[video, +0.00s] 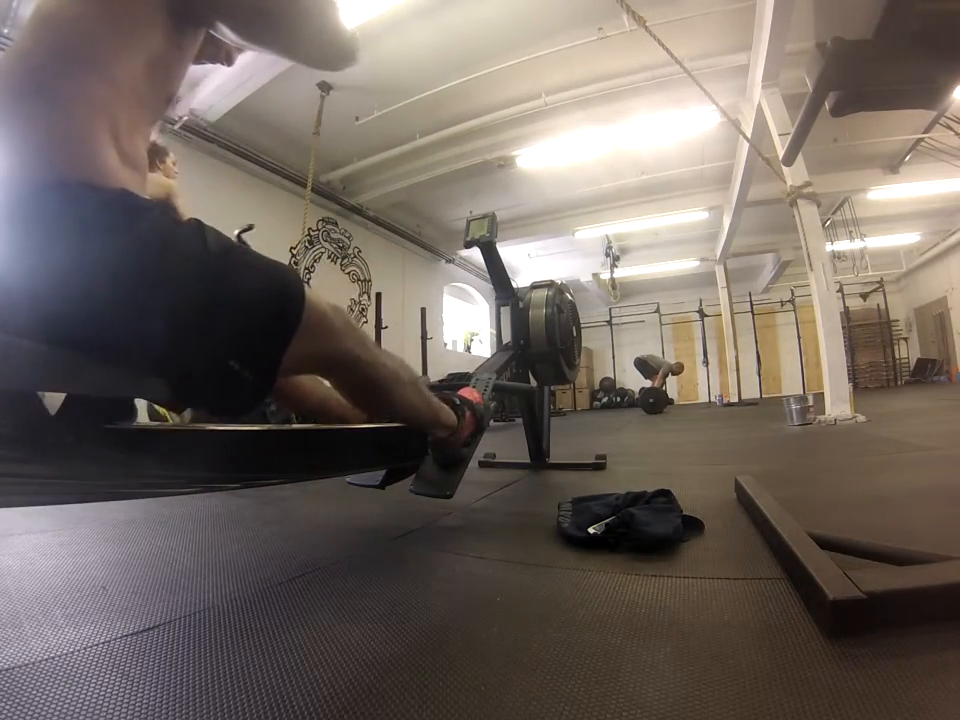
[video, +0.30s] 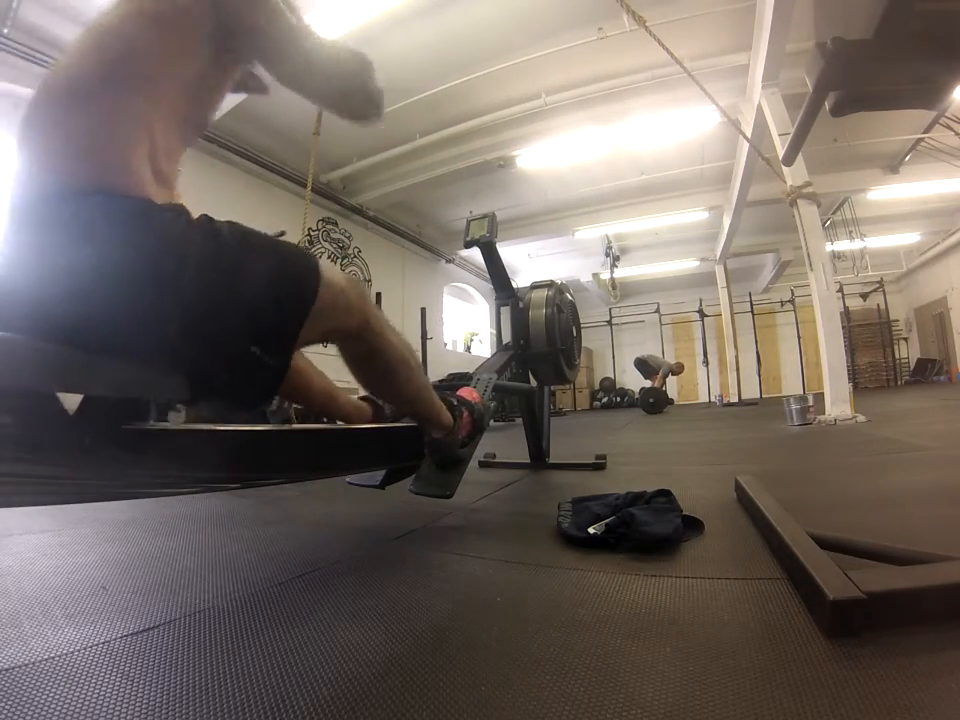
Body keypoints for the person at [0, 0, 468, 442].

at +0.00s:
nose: (223, 57)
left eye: (223, 53)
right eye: (219, 43)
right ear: (197, 11)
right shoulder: (173, 5)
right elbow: (337, 47)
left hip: (20, 228)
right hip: (89, 224)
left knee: (269, 364)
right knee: (333, 333)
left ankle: (368, 432)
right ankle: (449, 426)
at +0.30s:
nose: (259, 76)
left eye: (259, 67)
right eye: (259, 53)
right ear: (248, 16)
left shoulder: (124, 36)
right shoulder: (225, 8)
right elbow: (364, 100)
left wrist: (238, 76)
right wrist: (345, 56)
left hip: (30, 254)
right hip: (121, 244)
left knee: (257, 336)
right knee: (351, 305)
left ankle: (363, 418)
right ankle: (446, 426)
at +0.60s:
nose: (358, 138)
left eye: (362, 127)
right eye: (360, 122)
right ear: (347, 90)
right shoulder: (330, 92)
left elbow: (289, 242)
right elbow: (423, 222)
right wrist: (434, 261)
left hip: (92, 296)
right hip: (178, 287)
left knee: (280, 312)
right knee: (390, 281)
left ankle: (358, 412)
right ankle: (447, 428)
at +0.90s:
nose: (406, 179)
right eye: (410, 164)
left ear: (356, 117)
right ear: (400, 141)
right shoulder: (396, 149)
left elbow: (339, 290)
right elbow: (478, 276)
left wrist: (419, 352)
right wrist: (469, 351)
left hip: (144, 307)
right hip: (237, 301)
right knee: (415, 265)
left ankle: (365, 417)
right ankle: (443, 427)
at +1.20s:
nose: (404, 168)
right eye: (404, 151)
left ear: (343, 111)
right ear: (394, 132)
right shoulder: (389, 142)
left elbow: (331, 273)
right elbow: (480, 266)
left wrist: (430, 341)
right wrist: (472, 346)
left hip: (153, 322)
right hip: (237, 302)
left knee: (312, 283)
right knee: (425, 265)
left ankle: (363, 414)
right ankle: (444, 427)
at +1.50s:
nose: (398, 143)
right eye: (394, 133)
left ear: (330, 99)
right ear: (381, 118)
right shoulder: (374, 128)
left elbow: (319, 262)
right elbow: (465, 255)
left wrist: (405, 343)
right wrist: (464, 351)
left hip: (147, 323)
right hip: (238, 303)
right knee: (423, 263)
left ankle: (363, 418)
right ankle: (443, 426)